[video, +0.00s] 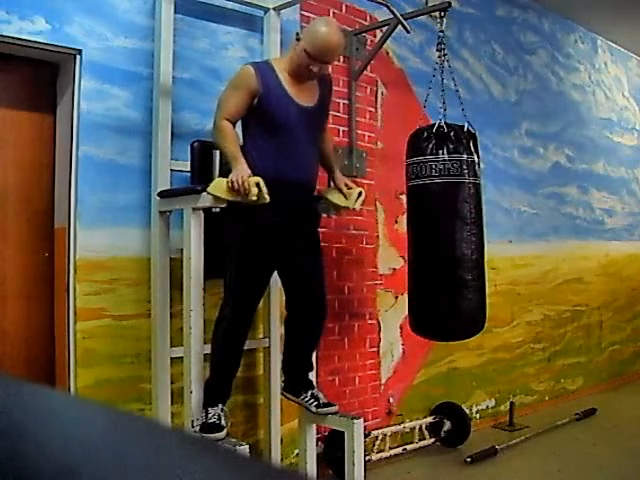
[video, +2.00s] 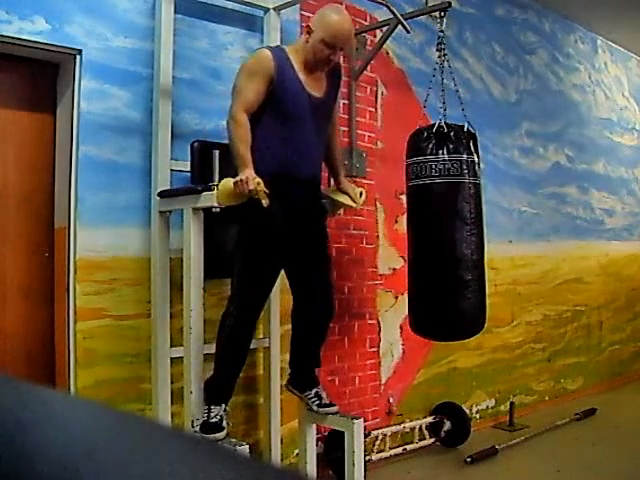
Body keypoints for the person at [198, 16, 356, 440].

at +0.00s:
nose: (319, 70)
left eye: (326, 64)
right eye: (315, 60)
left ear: (332, 60)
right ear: (300, 44)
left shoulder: (323, 84)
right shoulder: (255, 76)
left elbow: (319, 131)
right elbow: (223, 122)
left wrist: (336, 171)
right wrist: (238, 164)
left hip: (300, 212)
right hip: (257, 211)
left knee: (311, 305)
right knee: (238, 308)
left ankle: (297, 382)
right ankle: (213, 406)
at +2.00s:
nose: (335, 57)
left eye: (341, 51)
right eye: (330, 47)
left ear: (345, 48)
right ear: (309, 32)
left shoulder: (332, 75)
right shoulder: (266, 63)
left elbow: (328, 127)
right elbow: (239, 114)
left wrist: (339, 176)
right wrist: (245, 169)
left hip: (306, 204)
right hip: (266, 202)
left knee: (317, 301)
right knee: (244, 307)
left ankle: (303, 380)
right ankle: (215, 404)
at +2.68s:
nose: (334, 35)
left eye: (340, 29)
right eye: (330, 25)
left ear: (344, 28)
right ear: (307, 12)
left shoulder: (334, 68)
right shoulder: (267, 55)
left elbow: (333, 124)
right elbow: (246, 113)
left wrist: (339, 177)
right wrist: (246, 169)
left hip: (316, 185)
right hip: (276, 184)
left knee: (340, 280)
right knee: (284, 284)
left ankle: (301, 360)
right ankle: (270, 375)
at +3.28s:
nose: (361, 83)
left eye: (364, 74)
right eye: (354, 73)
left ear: (364, 73)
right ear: (328, 66)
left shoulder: (350, 108)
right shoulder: (286, 93)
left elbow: (339, 146)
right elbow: (231, 117)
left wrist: (340, 180)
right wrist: (242, 169)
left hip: (305, 223)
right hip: (266, 220)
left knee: (327, 316)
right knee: (281, 315)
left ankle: (279, 396)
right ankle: (252, 391)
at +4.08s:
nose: (368, 76)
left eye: (372, 67)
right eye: (361, 65)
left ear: (372, 68)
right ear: (336, 60)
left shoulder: (357, 107)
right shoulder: (293, 96)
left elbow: (327, 153)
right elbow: (235, 116)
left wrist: (338, 185)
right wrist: (242, 170)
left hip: (308, 227)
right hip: (268, 223)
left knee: (318, 322)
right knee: (258, 319)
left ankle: (241, 357)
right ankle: (239, 361)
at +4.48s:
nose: (362, 48)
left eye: (367, 40)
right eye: (356, 38)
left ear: (367, 42)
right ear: (330, 32)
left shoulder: (350, 80)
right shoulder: (282, 70)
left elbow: (334, 136)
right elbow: (240, 114)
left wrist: (341, 179)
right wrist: (243, 170)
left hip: (311, 206)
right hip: (271, 202)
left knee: (321, 297)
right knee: (260, 291)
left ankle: (244, 332)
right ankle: (245, 341)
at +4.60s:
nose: (365, 85)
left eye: (369, 76)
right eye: (359, 74)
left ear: (371, 74)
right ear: (334, 66)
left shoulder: (352, 111)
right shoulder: (289, 95)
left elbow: (336, 148)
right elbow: (233, 117)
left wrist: (341, 180)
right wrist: (243, 169)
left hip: (304, 230)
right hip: (264, 222)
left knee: (321, 318)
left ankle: (251, 373)